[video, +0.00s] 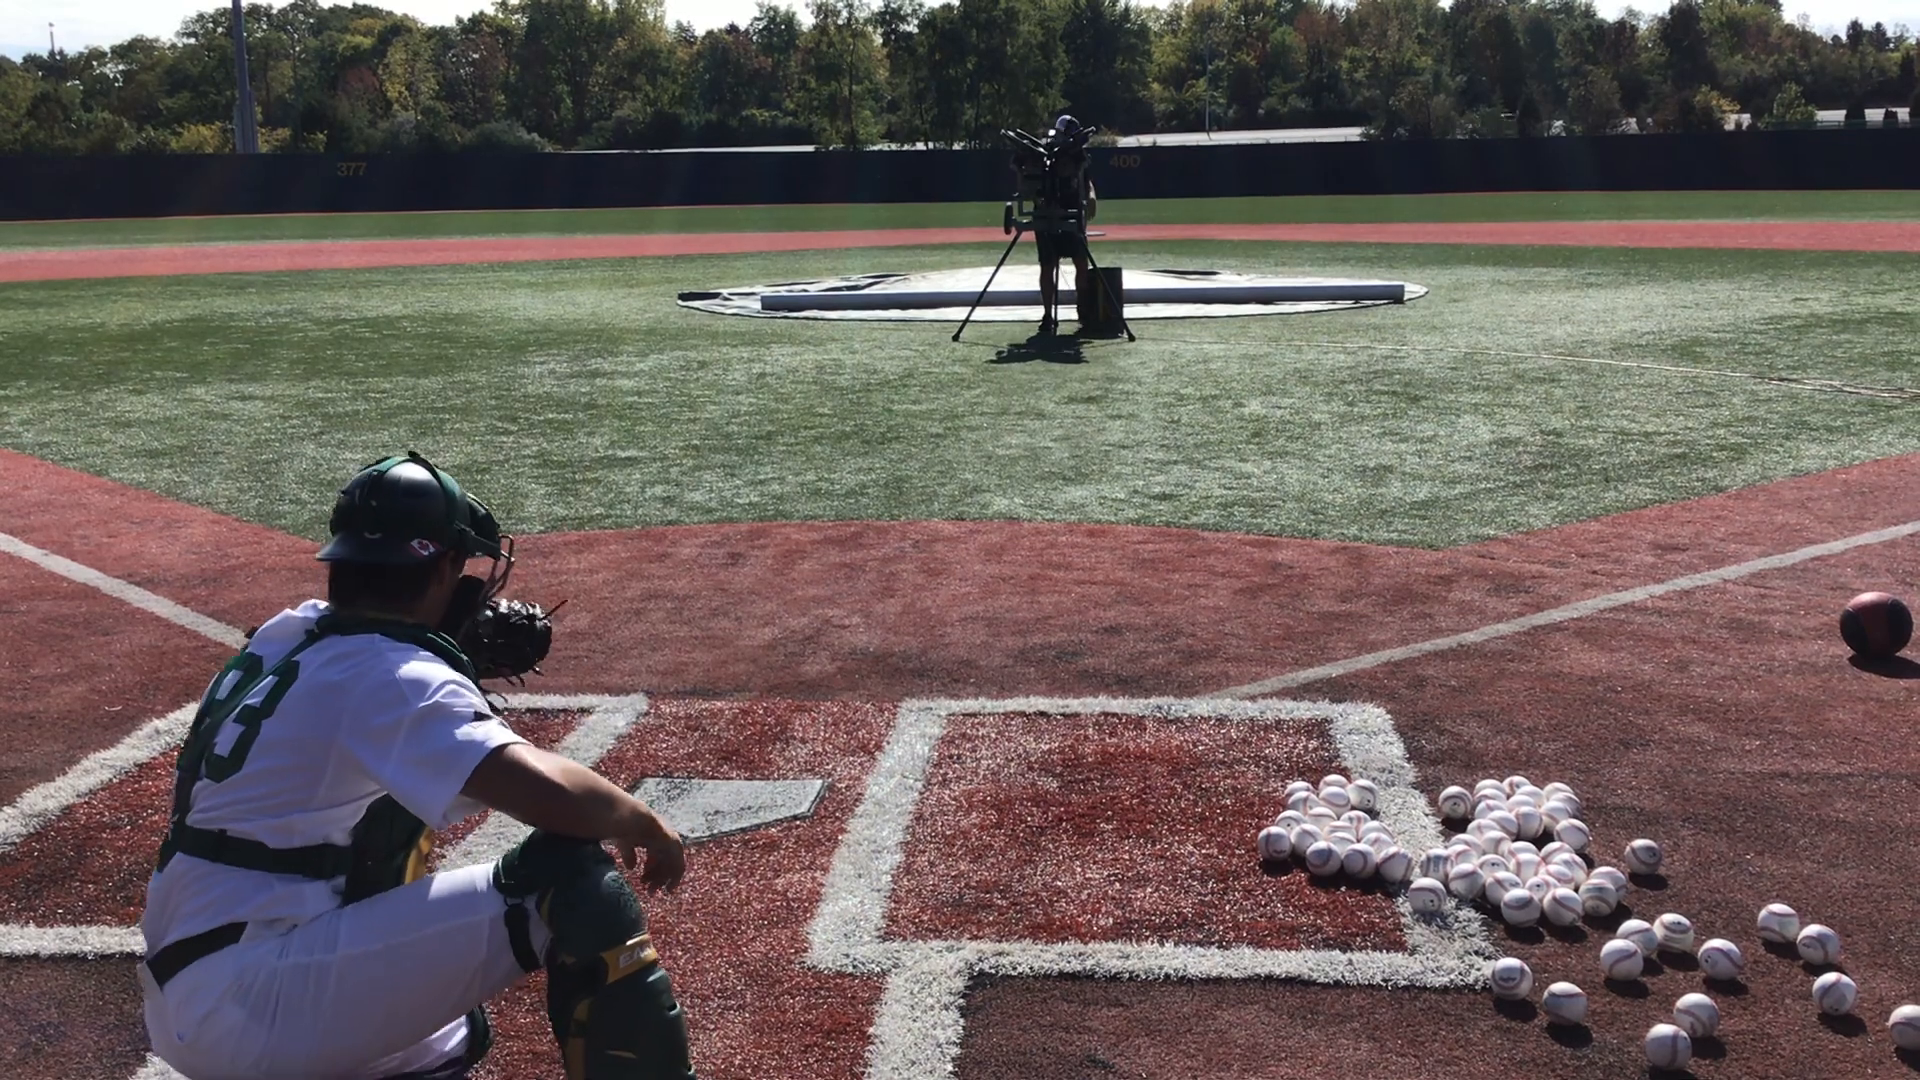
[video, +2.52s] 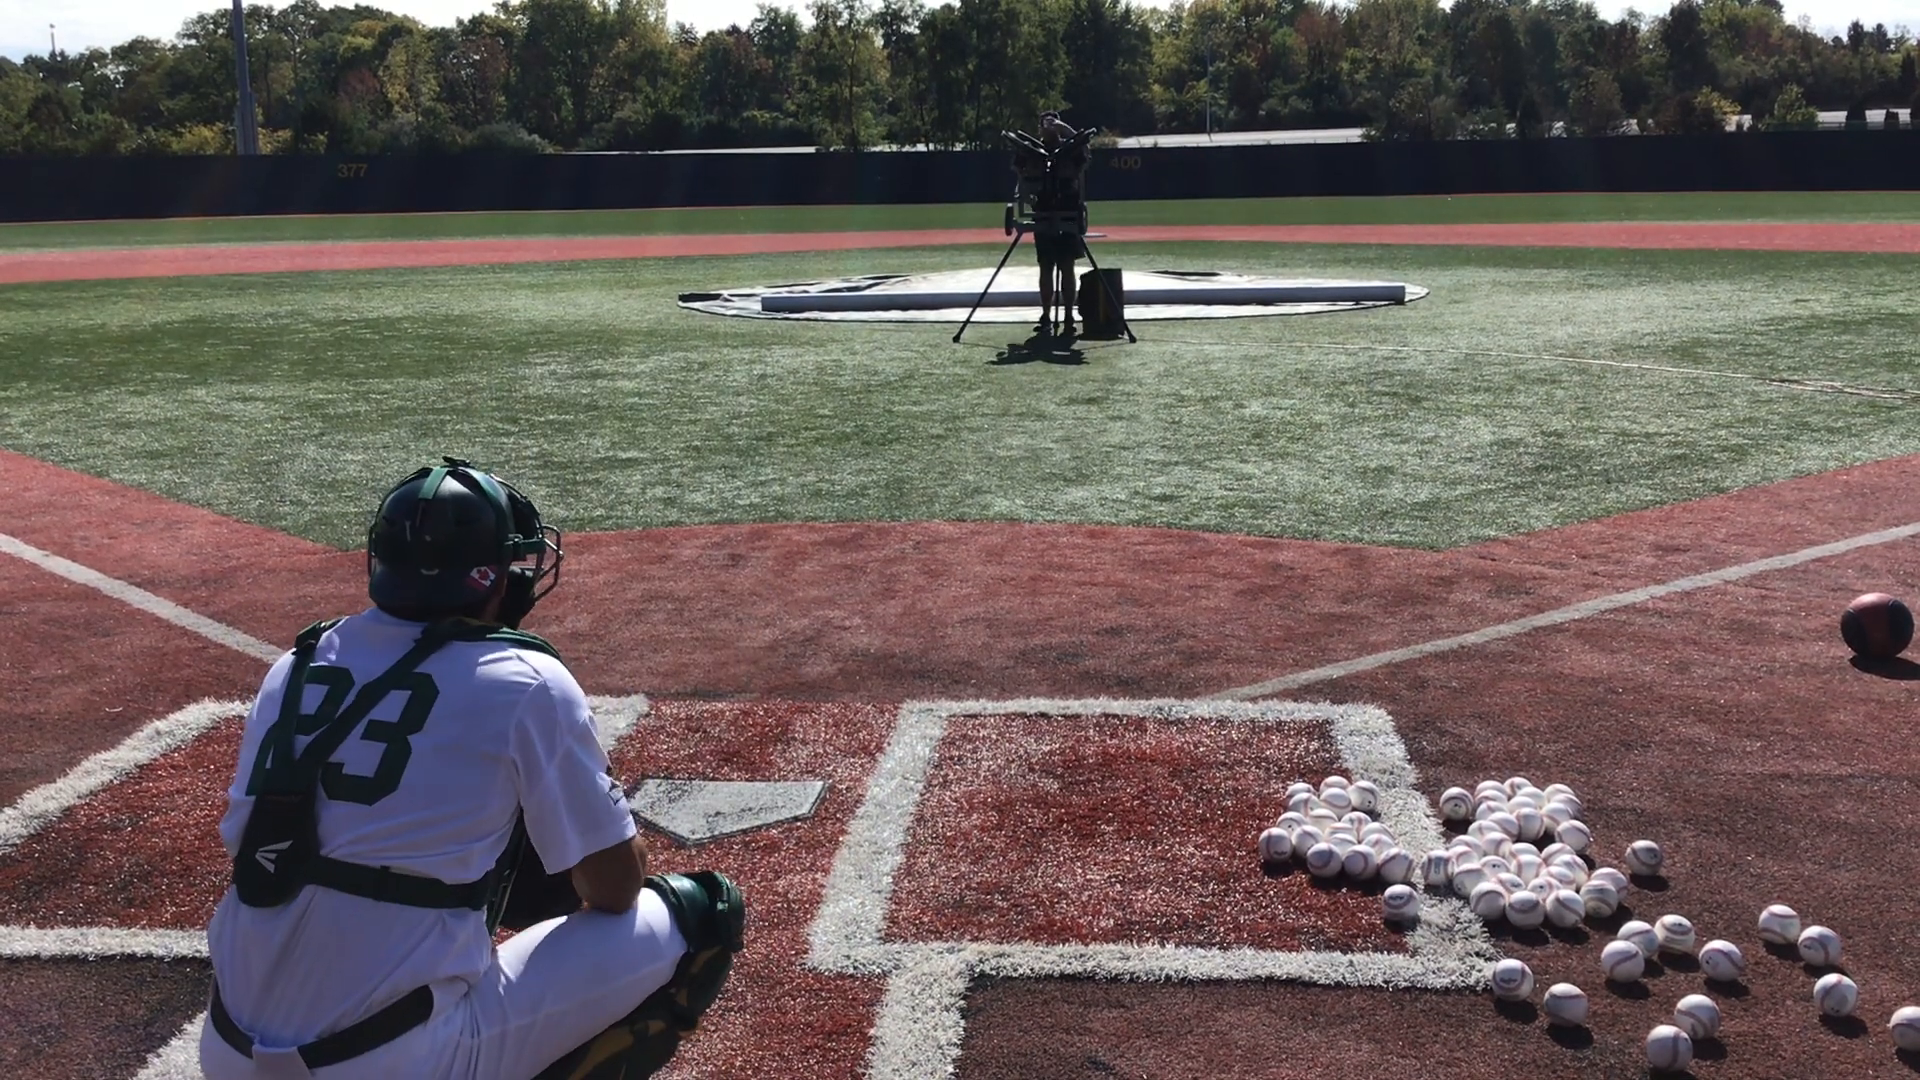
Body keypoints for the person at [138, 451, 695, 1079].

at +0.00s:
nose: (472, 584)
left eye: (470, 566)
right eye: (464, 568)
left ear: (345, 564)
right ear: (437, 575)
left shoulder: (287, 628)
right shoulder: (391, 675)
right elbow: (548, 789)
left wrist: (453, 641)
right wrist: (641, 822)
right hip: (245, 1000)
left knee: (450, 1033)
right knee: (569, 880)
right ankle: (638, 1058)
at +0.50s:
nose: (508, 492)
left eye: (507, 473)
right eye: (497, 473)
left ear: (384, 476)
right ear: (456, 479)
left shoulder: (282, 582)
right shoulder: (480, 589)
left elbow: (250, 752)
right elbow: (547, 785)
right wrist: (597, 804)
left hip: (275, 927)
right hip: (411, 916)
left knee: (454, 1042)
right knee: (664, 956)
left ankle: (284, 1064)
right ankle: (498, 1063)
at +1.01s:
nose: (678, 448)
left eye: (679, 429)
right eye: (670, 429)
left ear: (558, 425)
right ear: (631, 431)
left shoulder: (448, 536)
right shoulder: (700, 560)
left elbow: (349, 695)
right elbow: (765, 731)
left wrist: (417, 733)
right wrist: (747, 781)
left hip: (456, 864)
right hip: (605, 883)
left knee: (435, 1034)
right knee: (688, 1045)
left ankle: (358, 1047)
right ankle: (507, 1064)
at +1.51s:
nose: (606, 482)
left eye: (600, 465)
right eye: (600, 468)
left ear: (469, 479)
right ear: (585, 488)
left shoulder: (382, 610)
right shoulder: (654, 615)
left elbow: (321, 800)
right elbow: (715, 790)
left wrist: (439, 783)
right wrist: (606, 771)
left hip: (413, 969)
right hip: (582, 981)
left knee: (318, 911)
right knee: (694, 1040)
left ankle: (366, 1066)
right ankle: (557, 1070)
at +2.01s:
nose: (526, 534)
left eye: (521, 517)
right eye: (518, 519)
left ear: (384, 527)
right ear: (493, 540)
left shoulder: (293, 647)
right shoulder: (535, 663)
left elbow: (253, 818)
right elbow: (617, 867)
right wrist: (606, 772)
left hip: (266, 1036)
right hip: (425, 1047)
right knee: (727, 925)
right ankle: (558, 1070)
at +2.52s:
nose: (523, 576)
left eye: (520, 561)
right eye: (515, 565)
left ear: (384, 566)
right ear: (490, 583)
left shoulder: (300, 660)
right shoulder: (526, 683)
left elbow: (242, 838)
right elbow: (613, 888)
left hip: (232, 1045)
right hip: (398, 1058)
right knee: (703, 911)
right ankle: (563, 1064)